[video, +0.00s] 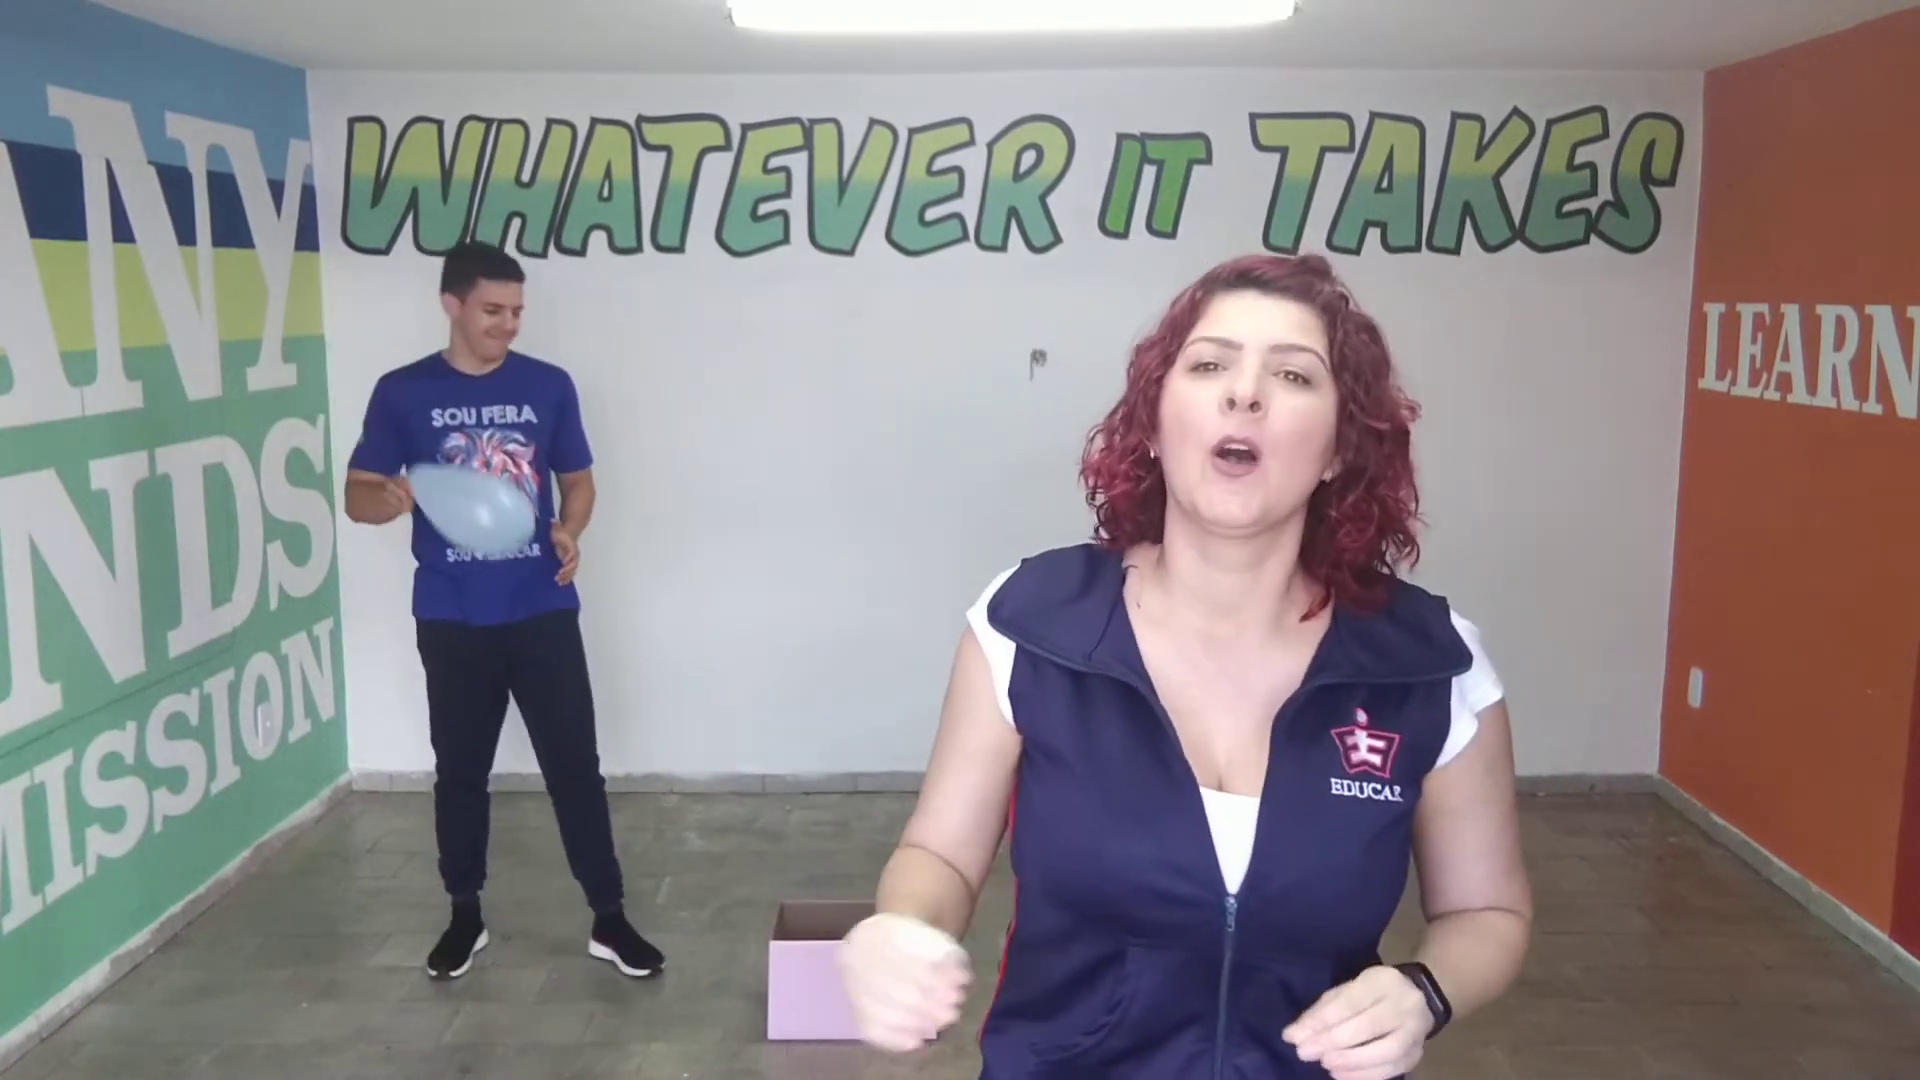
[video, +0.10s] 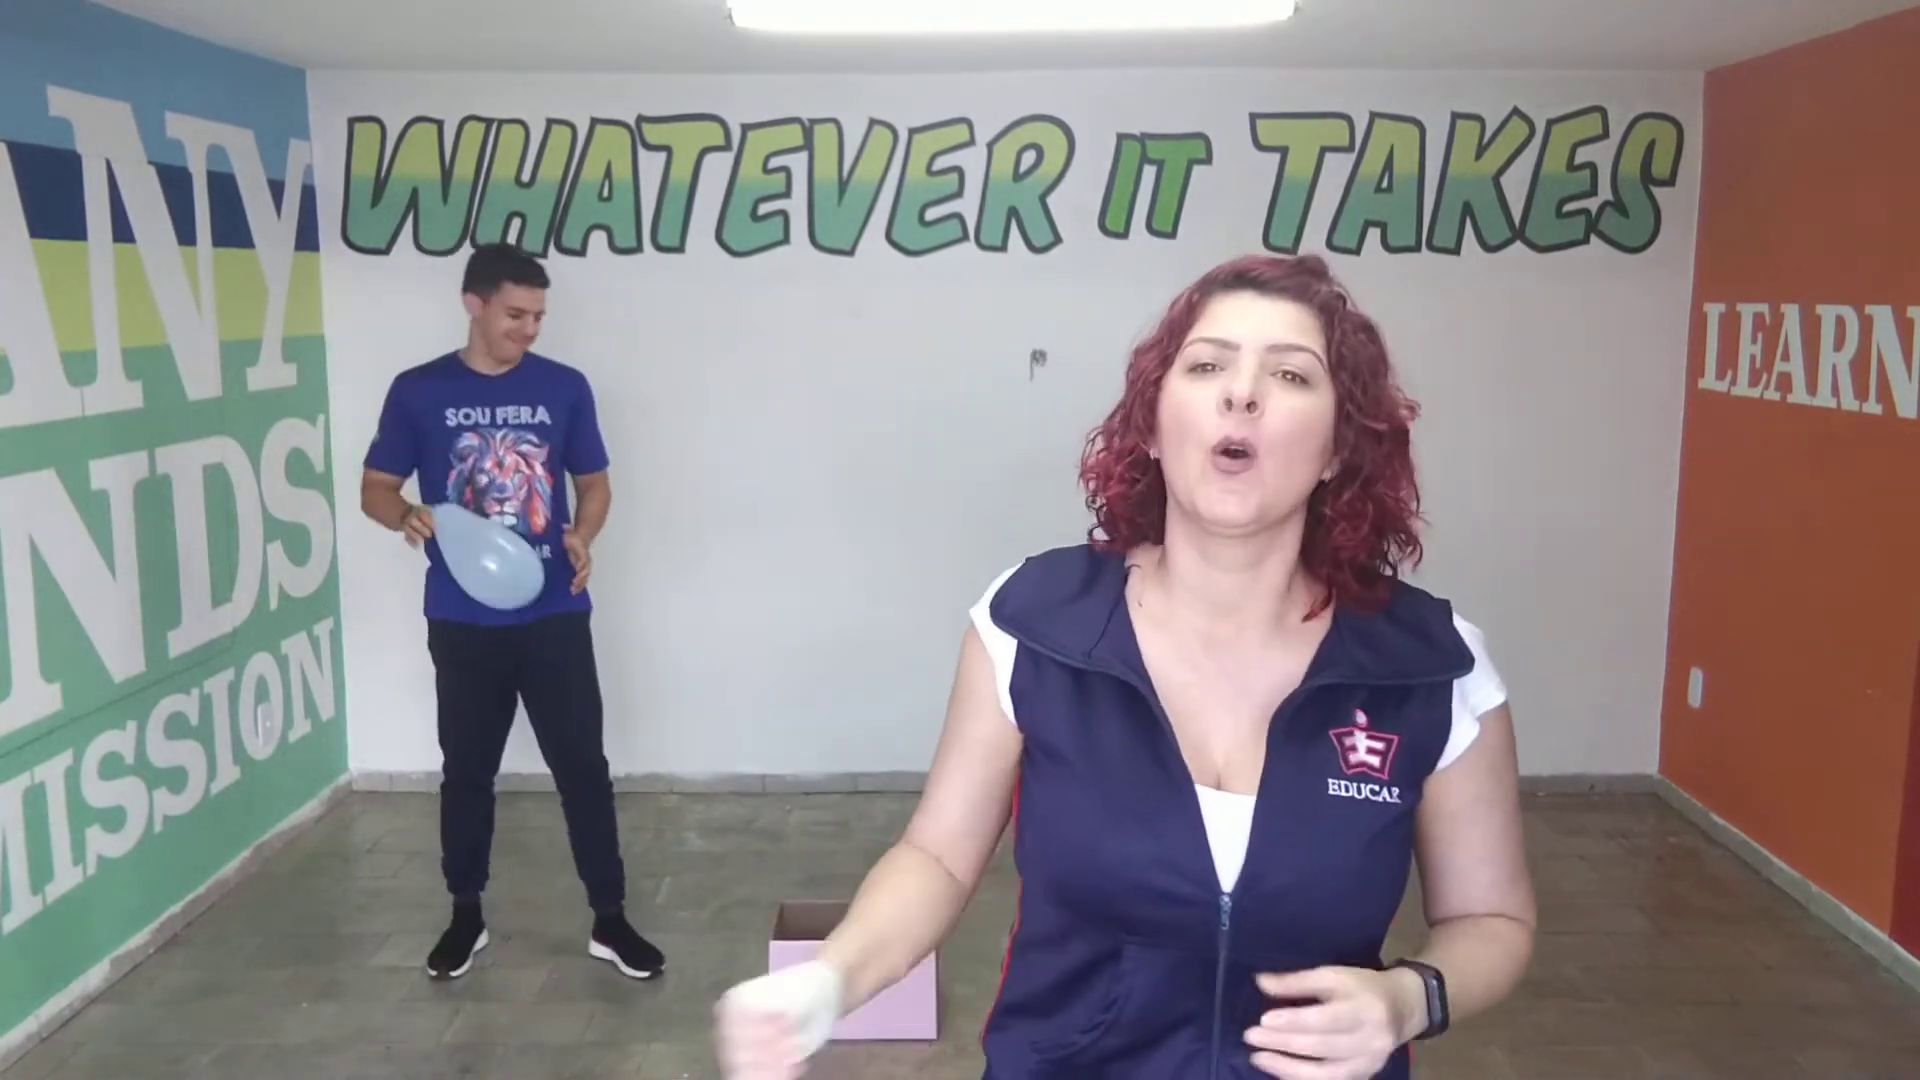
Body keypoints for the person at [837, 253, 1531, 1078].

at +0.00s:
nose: (1242, 395)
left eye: (1293, 376)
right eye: (1209, 364)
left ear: (1340, 444)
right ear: (1153, 410)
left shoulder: (1425, 659)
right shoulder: (1031, 618)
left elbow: (1483, 909)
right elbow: (940, 852)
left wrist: (1424, 994)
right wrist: (896, 940)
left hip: (1306, 1064)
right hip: (1061, 1059)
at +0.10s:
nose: (1239, 398)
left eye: (1289, 375)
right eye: (1209, 365)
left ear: (1342, 439)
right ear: (1155, 411)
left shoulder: (1430, 667)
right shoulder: (1036, 618)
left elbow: (1493, 923)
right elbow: (935, 856)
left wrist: (1411, 1003)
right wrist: (829, 979)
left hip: (1309, 1073)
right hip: (1066, 1067)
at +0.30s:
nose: (1231, 405)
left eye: (1281, 379)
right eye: (1201, 370)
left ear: (1339, 434)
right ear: (1150, 410)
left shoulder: (1435, 673)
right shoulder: (1047, 617)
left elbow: (1517, 967)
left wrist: (1357, 1046)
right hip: (1063, 1063)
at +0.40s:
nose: (1227, 407)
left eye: (1277, 379)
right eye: (1195, 373)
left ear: (1334, 432)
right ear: (1146, 414)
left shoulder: (1430, 674)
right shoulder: (1059, 619)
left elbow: (1515, 1005)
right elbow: (978, 838)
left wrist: (1273, 1044)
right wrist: (853, 964)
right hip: (1060, 1064)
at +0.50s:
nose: (1220, 409)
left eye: (1273, 385)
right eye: (1189, 376)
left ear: (1330, 438)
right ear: (1140, 413)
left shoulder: (1420, 675)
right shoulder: (1079, 613)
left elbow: (1498, 1029)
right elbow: (1045, 797)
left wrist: (1223, 1039)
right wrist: (965, 918)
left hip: (1286, 1077)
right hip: (1061, 1065)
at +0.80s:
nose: (1226, 423)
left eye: (1276, 393)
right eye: (1194, 385)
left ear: (1336, 432)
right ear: (1150, 414)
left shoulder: (1417, 676)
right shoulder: (1124, 595)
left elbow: (1469, 1036)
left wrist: (1188, 997)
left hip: (1271, 1063)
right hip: (1084, 1053)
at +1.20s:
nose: (1266, 423)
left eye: (1315, 394)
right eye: (1237, 389)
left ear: (1379, 430)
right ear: (1197, 414)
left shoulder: (1470, 664)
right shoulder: (1182, 592)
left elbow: (1542, 1001)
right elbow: (1169, 807)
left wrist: (1264, 971)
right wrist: (1057, 926)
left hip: (1384, 1059)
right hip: (1187, 1056)